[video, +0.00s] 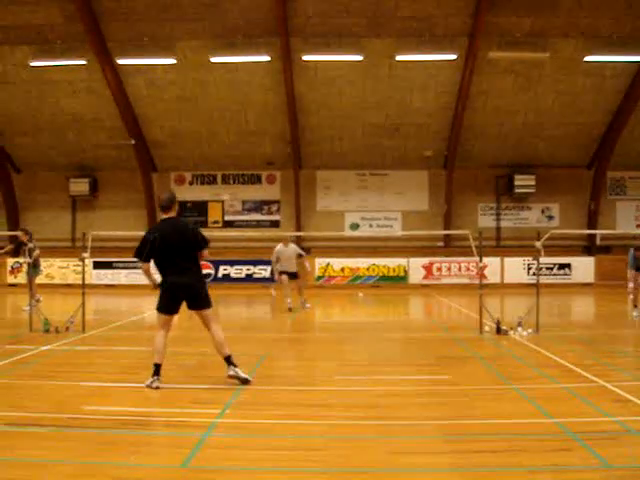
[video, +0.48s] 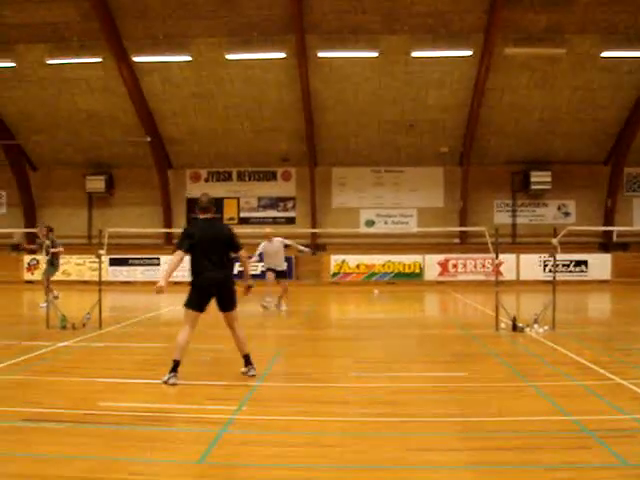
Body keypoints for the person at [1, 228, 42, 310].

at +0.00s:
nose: (20, 238)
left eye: (21, 236)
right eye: (19, 236)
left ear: (27, 236)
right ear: (20, 237)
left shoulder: (31, 245)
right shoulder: (21, 244)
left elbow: (37, 252)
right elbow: (11, 247)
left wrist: (31, 259)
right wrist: (3, 251)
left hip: (35, 266)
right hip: (30, 265)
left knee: (31, 283)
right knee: (30, 283)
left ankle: (31, 303)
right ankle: (36, 297)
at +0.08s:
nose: (18, 237)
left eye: (20, 235)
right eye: (17, 235)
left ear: (24, 236)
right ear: (17, 236)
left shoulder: (28, 245)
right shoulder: (19, 245)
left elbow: (33, 252)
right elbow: (9, 246)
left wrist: (28, 259)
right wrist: (2, 250)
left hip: (31, 266)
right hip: (27, 266)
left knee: (28, 284)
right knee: (27, 283)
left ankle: (28, 303)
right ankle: (33, 297)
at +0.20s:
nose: (24, 236)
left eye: (25, 233)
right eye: (23, 234)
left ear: (30, 234)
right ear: (22, 235)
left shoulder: (34, 244)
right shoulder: (24, 243)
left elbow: (40, 250)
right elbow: (15, 246)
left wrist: (35, 255)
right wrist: (6, 249)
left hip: (37, 266)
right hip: (32, 265)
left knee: (33, 284)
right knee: (32, 283)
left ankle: (33, 302)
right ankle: (38, 296)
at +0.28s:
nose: (26, 235)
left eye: (27, 233)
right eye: (25, 233)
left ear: (32, 234)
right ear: (24, 235)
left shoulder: (36, 243)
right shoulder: (26, 243)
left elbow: (42, 250)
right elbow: (17, 245)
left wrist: (37, 255)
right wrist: (8, 249)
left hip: (39, 265)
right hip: (34, 265)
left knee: (35, 283)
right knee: (34, 283)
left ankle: (35, 302)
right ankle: (40, 296)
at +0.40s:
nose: (33, 234)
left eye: (35, 231)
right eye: (32, 231)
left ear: (39, 232)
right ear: (31, 232)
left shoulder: (44, 240)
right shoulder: (32, 241)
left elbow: (52, 248)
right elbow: (24, 245)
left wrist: (44, 252)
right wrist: (14, 247)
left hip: (46, 263)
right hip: (40, 263)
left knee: (40, 280)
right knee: (39, 279)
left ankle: (41, 301)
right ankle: (47, 294)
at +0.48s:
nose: (41, 233)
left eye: (43, 231)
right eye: (41, 231)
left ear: (48, 232)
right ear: (41, 232)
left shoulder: (52, 241)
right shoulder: (43, 241)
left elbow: (61, 249)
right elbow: (36, 247)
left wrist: (51, 250)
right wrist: (26, 246)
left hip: (54, 264)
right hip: (49, 263)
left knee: (45, 280)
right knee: (45, 279)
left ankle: (47, 300)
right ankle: (54, 293)